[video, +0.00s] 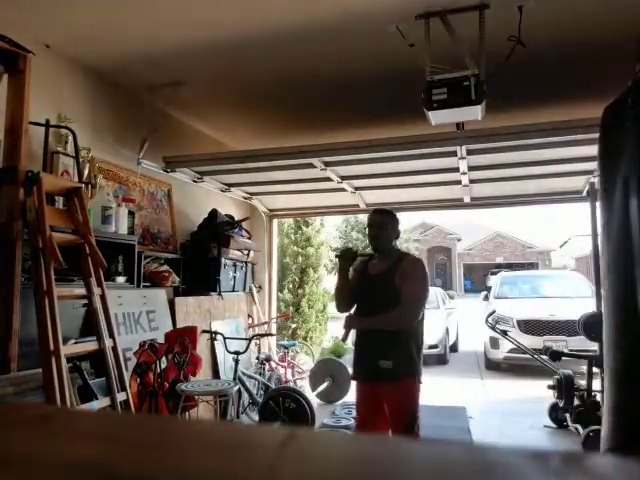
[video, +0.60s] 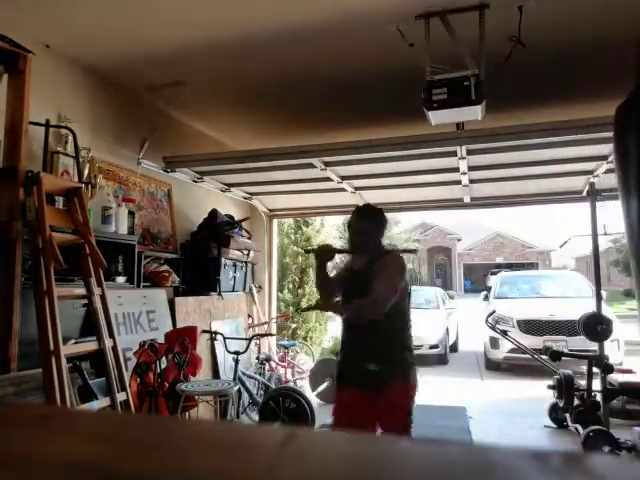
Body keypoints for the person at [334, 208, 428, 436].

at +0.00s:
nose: (374, 233)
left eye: (381, 227)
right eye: (370, 227)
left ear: (396, 231)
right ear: (366, 231)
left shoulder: (412, 266)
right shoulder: (363, 266)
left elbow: (408, 317)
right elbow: (342, 305)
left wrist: (359, 322)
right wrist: (343, 269)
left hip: (401, 368)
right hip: (367, 367)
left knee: (405, 440)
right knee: (368, 440)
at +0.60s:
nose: (354, 237)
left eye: (361, 231)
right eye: (352, 230)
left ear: (377, 232)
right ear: (349, 231)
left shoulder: (392, 262)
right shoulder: (354, 265)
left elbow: (377, 307)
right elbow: (328, 293)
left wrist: (334, 307)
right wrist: (321, 264)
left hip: (392, 369)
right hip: (355, 367)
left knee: (396, 446)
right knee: (348, 446)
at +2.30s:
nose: (388, 221)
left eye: (396, 212)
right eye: (382, 213)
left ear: (416, 213)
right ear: (376, 217)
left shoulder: (439, 257)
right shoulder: (366, 258)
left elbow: (481, 274)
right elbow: (338, 314)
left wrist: (452, 223)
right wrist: (385, 330)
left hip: (411, 384)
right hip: (364, 360)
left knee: (404, 472)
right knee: (313, 363)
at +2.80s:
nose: (338, 212)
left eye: (348, 204)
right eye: (334, 204)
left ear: (370, 211)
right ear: (329, 208)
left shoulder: (389, 248)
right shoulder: (320, 258)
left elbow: (350, 270)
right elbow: (290, 306)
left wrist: (291, 269)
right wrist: (266, 323)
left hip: (381, 397)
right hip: (325, 395)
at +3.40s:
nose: (253, 226)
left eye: (260, 217)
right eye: (250, 219)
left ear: (283, 218)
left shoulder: (306, 251)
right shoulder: (265, 267)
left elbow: (285, 298)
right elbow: (240, 314)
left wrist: (232, 317)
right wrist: (221, 270)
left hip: (316, 348)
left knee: (252, 341)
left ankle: (279, 443)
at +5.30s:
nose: (399, 224)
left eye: (398, 218)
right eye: (398, 218)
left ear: (359, 223)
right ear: (392, 218)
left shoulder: (340, 261)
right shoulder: (397, 245)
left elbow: (353, 319)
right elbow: (429, 303)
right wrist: (393, 316)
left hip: (361, 371)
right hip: (403, 364)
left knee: (400, 457)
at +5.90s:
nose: (436, 223)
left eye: (434, 215)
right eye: (428, 215)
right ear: (405, 219)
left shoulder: (424, 258)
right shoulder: (372, 267)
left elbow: (476, 258)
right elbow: (356, 334)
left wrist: (513, 241)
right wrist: (418, 331)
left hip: (419, 395)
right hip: (390, 399)